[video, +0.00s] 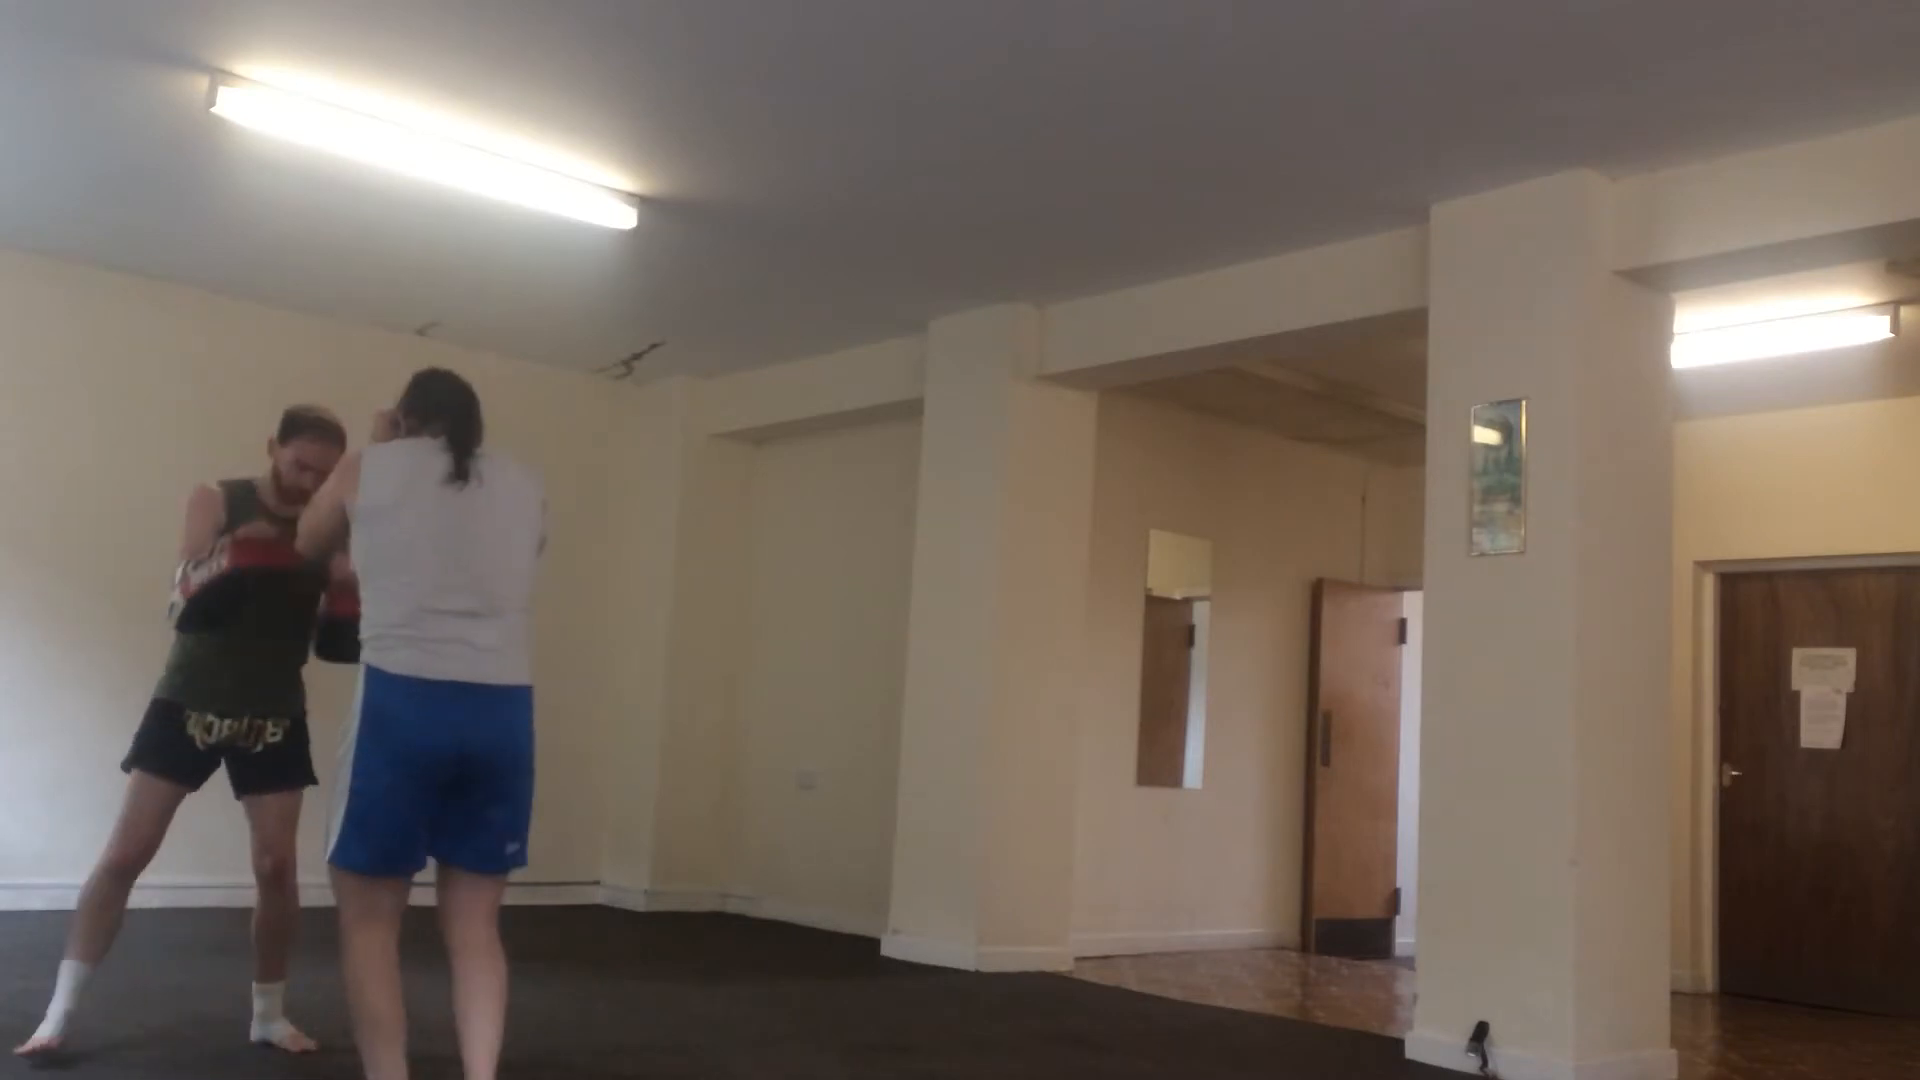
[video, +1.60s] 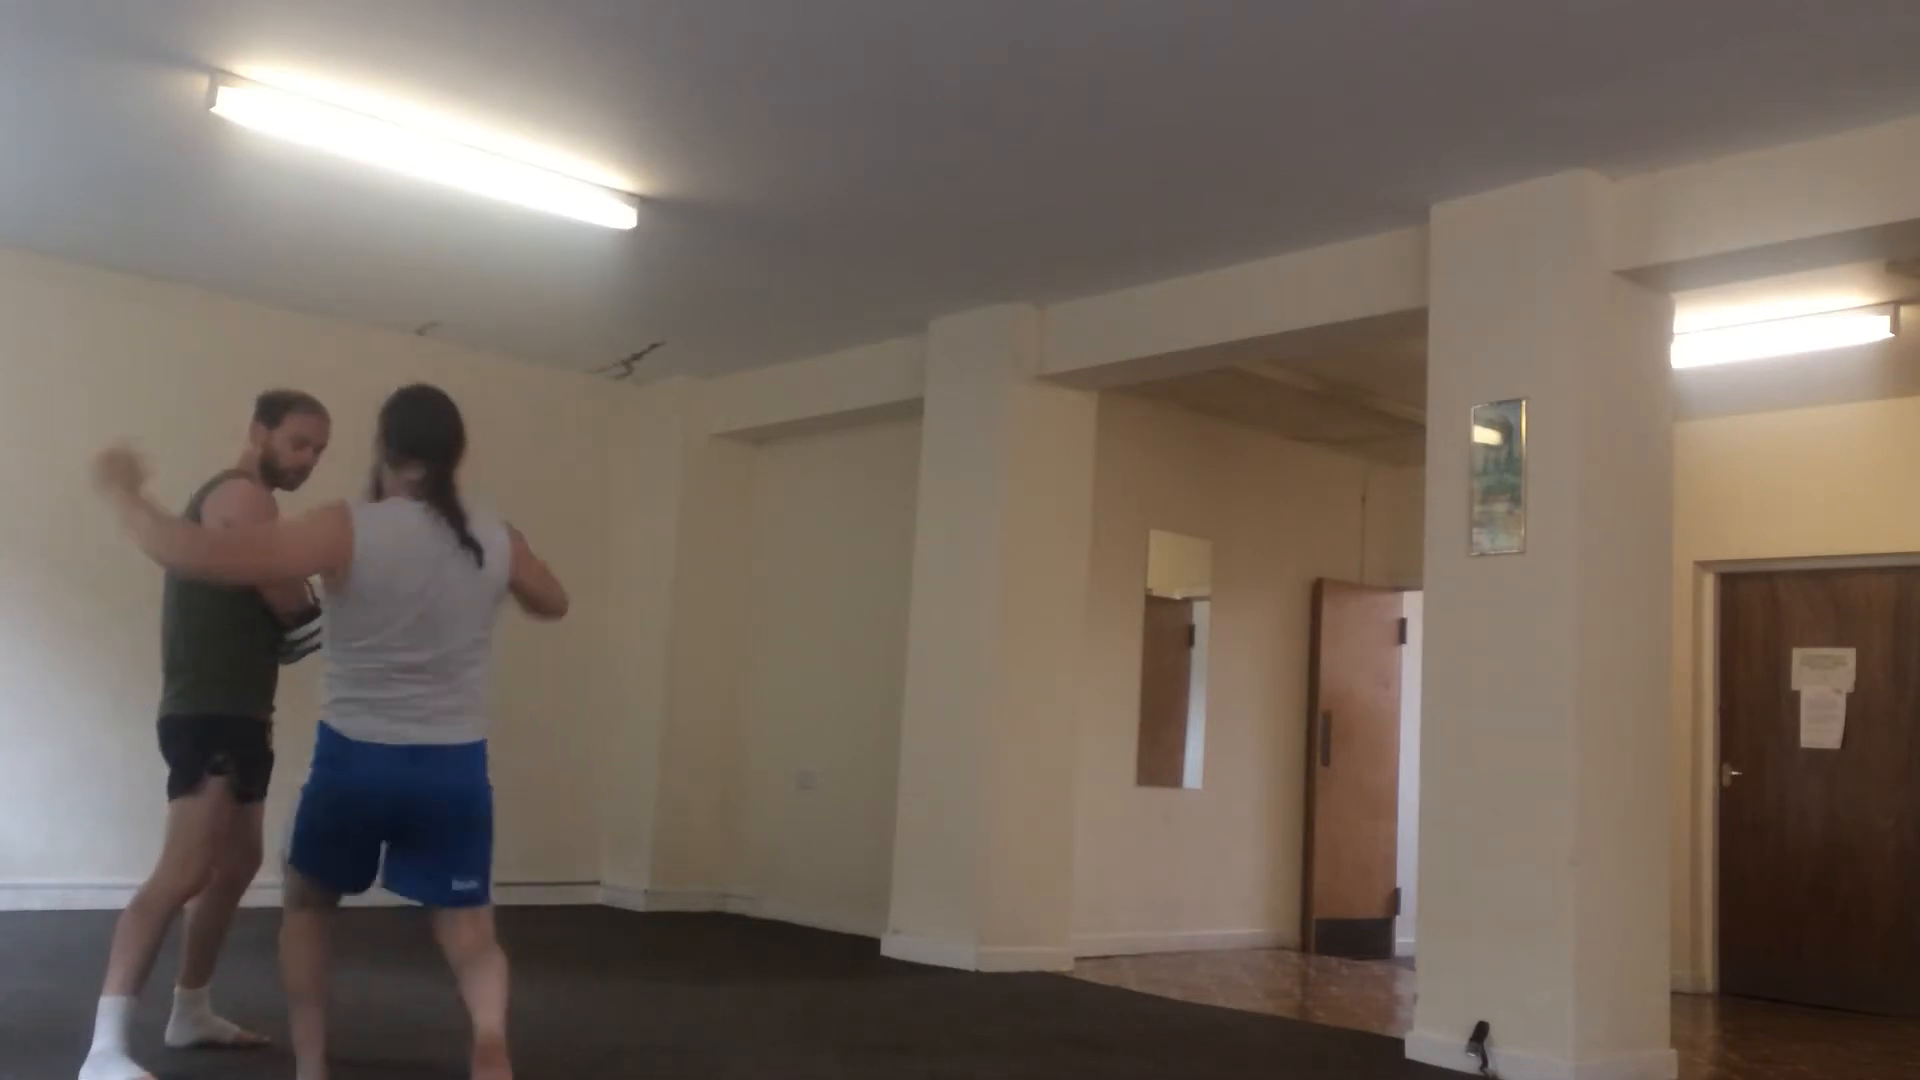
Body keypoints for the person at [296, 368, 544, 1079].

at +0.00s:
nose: (389, 414)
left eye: (395, 408)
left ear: (406, 416)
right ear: (474, 424)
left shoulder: (369, 466)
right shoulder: (524, 485)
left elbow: (311, 538)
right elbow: (520, 570)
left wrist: (368, 452)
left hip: (402, 715)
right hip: (501, 720)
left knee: (370, 915)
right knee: (476, 922)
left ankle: (387, 1071)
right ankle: (482, 1073)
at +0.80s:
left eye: (447, 385)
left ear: (443, 397)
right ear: (521, 406)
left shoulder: (391, 452)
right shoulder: (554, 464)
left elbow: (329, 520)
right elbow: (593, 535)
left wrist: (408, 439)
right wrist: (545, 478)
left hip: (392, 706)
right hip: (500, 711)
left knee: (373, 939)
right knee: (499, 933)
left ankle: (347, 1074)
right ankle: (490, 1073)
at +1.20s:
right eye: (541, 425)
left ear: (459, 427)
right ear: (535, 431)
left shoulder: (402, 483)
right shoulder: (557, 492)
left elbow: (321, 505)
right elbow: (629, 528)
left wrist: (408, 481)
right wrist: (560, 451)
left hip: (378, 730)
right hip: (485, 736)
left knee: (365, 946)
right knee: (509, 950)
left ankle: (345, 1073)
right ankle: (478, 1075)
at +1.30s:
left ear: (466, 454)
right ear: (542, 461)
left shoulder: (406, 510)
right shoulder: (560, 521)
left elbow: (285, 533)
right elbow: (642, 546)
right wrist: (571, 472)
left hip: (373, 757)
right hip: (479, 765)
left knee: (355, 924)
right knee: (525, 963)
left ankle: (314, 1072)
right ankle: (489, 1076)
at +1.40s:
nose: (451, 464)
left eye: (454, 455)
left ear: (454, 460)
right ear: (528, 466)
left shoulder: (395, 519)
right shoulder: (556, 533)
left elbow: (264, 560)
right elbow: (623, 558)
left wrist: (151, 583)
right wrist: (554, 484)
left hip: (364, 762)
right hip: (466, 775)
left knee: (340, 912)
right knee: (523, 975)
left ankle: (302, 1069)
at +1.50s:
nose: (409, 457)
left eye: (414, 447)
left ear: (422, 453)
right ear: (493, 459)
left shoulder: (375, 520)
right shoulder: (526, 535)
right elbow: (582, 566)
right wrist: (508, 492)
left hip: (358, 766)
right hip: (459, 776)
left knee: (323, 910)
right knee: (498, 986)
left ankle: (310, 1066)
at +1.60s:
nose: (369, 450)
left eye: (372, 440)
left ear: (385, 448)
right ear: (458, 454)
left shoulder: (346, 527)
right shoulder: (494, 539)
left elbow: (199, 552)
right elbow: (551, 601)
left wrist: (125, 498)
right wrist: (487, 561)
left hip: (353, 767)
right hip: (454, 771)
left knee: (309, 906)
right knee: (472, 933)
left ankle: (311, 1066)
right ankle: (493, 1049)